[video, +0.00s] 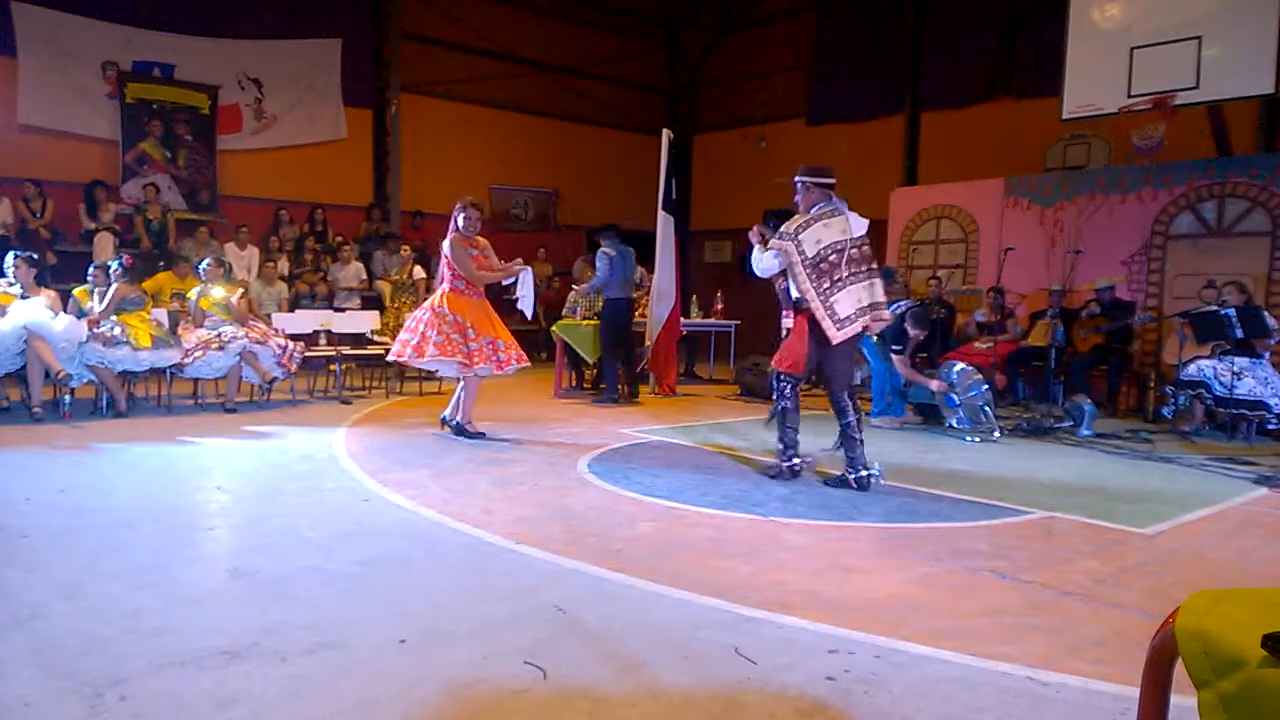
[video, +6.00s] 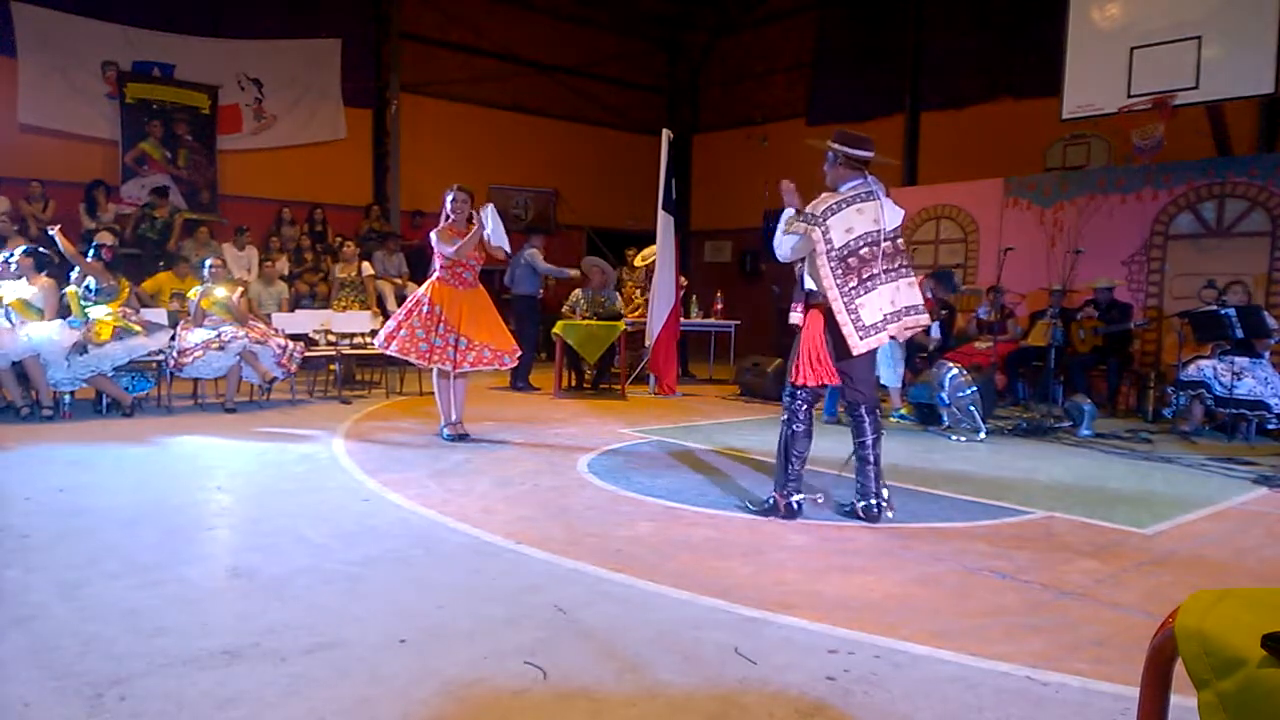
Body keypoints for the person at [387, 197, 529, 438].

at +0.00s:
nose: (471, 223)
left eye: (475, 219)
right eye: (466, 218)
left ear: (481, 221)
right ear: (456, 219)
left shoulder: (482, 243)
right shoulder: (453, 243)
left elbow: (496, 267)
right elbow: (475, 277)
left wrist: (514, 267)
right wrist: (508, 272)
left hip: (474, 306)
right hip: (454, 306)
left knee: (477, 363)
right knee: (477, 364)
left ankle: (451, 413)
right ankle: (464, 420)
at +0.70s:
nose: (458, 221)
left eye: (463, 217)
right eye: (453, 216)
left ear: (467, 220)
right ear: (443, 217)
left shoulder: (471, 241)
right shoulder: (434, 239)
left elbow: (485, 270)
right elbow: (450, 267)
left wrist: (488, 253)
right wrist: (480, 255)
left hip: (463, 305)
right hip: (440, 305)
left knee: (461, 367)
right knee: (449, 366)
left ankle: (444, 417)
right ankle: (443, 418)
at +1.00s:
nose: (457, 215)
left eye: (461, 211)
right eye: (453, 209)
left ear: (467, 214)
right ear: (443, 210)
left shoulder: (466, 235)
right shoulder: (428, 233)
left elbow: (481, 257)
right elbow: (441, 251)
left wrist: (477, 226)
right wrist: (462, 230)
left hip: (460, 298)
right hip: (436, 298)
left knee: (452, 364)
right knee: (438, 363)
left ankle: (445, 418)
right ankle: (442, 420)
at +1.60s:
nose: (455, 211)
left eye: (460, 205)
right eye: (452, 206)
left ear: (465, 208)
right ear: (445, 209)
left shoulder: (472, 236)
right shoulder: (433, 231)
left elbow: (475, 230)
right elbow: (425, 229)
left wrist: (460, 203)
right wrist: (438, 198)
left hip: (464, 298)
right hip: (435, 297)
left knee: (463, 364)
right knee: (438, 365)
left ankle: (460, 421)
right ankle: (441, 422)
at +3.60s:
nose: (462, 206)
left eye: (468, 202)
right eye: (459, 202)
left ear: (475, 208)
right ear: (451, 206)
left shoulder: (481, 234)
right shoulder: (440, 231)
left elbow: (480, 228)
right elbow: (424, 222)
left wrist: (459, 202)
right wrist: (438, 195)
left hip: (471, 296)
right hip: (443, 294)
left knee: (465, 364)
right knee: (444, 363)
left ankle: (461, 420)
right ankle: (447, 420)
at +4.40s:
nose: (454, 206)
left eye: (459, 202)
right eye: (449, 202)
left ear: (466, 206)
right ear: (441, 207)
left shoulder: (477, 232)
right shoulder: (435, 233)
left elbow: (503, 241)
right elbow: (448, 239)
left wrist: (482, 219)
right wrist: (465, 215)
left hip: (474, 298)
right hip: (447, 297)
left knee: (469, 364)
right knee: (448, 364)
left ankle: (461, 420)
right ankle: (447, 420)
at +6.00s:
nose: (458, 206)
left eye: (463, 202)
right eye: (454, 201)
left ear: (471, 207)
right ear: (446, 205)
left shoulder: (477, 235)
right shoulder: (439, 233)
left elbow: (501, 256)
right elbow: (459, 253)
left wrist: (490, 223)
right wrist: (479, 227)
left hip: (468, 302)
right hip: (443, 301)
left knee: (462, 364)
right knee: (443, 365)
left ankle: (458, 421)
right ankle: (446, 421)